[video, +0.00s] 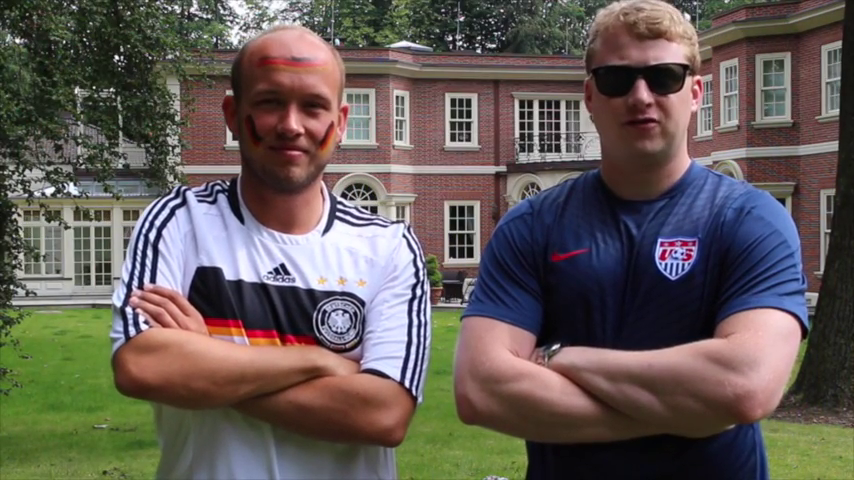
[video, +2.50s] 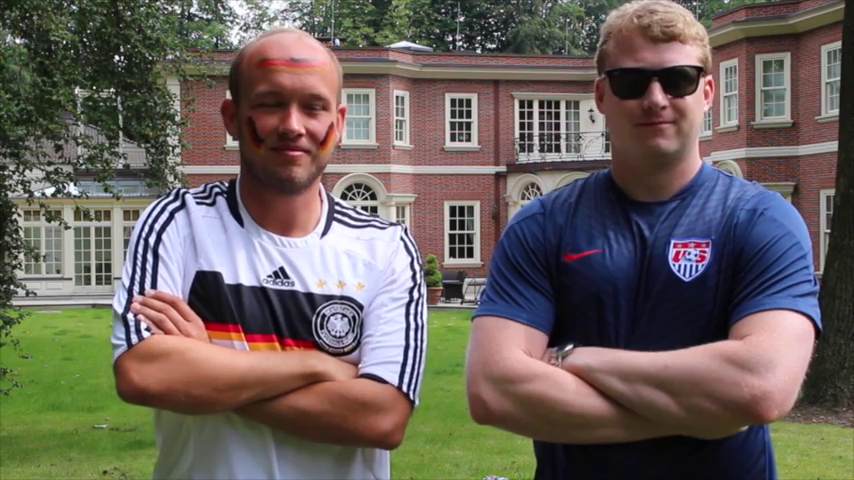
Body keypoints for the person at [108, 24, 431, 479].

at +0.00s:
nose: (291, 126)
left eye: (313, 107)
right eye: (270, 103)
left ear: (339, 122)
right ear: (233, 114)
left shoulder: (390, 247)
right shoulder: (175, 220)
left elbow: (386, 418)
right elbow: (137, 367)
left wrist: (209, 366)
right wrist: (321, 361)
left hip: (345, 476)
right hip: (203, 475)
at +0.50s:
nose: (293, 125)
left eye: (315, 106)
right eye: (272, 103)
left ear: (340, 122)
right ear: (234, 115)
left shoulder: (389, 247)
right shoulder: (175, 221)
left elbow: (386, 417)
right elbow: (139, 367)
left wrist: (210, 366)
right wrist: (322, 361)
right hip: (203, 474)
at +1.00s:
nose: (293, 124)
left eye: (315, 105)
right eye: (271, 102)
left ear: (339, 122)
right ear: (233, 115)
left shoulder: (389, 247)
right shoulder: (175, 220)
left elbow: (386, 417)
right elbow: (139, 368)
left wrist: (211, 367)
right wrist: (322, 361)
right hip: (203, 473)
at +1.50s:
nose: (291, 124)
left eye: (312, 105)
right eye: (269, 102)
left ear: (337, 124)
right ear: (231, 117)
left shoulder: (386, 248)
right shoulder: (173, 223)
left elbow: (386, 420)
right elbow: (140, 374)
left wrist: (212, 372)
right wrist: (321, 365)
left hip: (341, 475)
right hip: (202, 473)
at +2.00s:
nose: (293, 125)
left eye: (315, 105)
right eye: (271, 102)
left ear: (339, 124)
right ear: (233, 117)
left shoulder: (388, 249)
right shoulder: (175, 220)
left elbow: (384, 422)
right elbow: (139, 373)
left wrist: (211, 372)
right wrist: (318, 366)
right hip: (200, 473)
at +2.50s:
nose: (293, 126)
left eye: (314, 107)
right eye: (271, 104)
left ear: (338, 124)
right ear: (232, 118)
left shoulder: (387, 249)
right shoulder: (174, 221)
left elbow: (384, 421)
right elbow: (138, 374)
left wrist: (211, 372)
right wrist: (318, 365)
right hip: (201, 473)